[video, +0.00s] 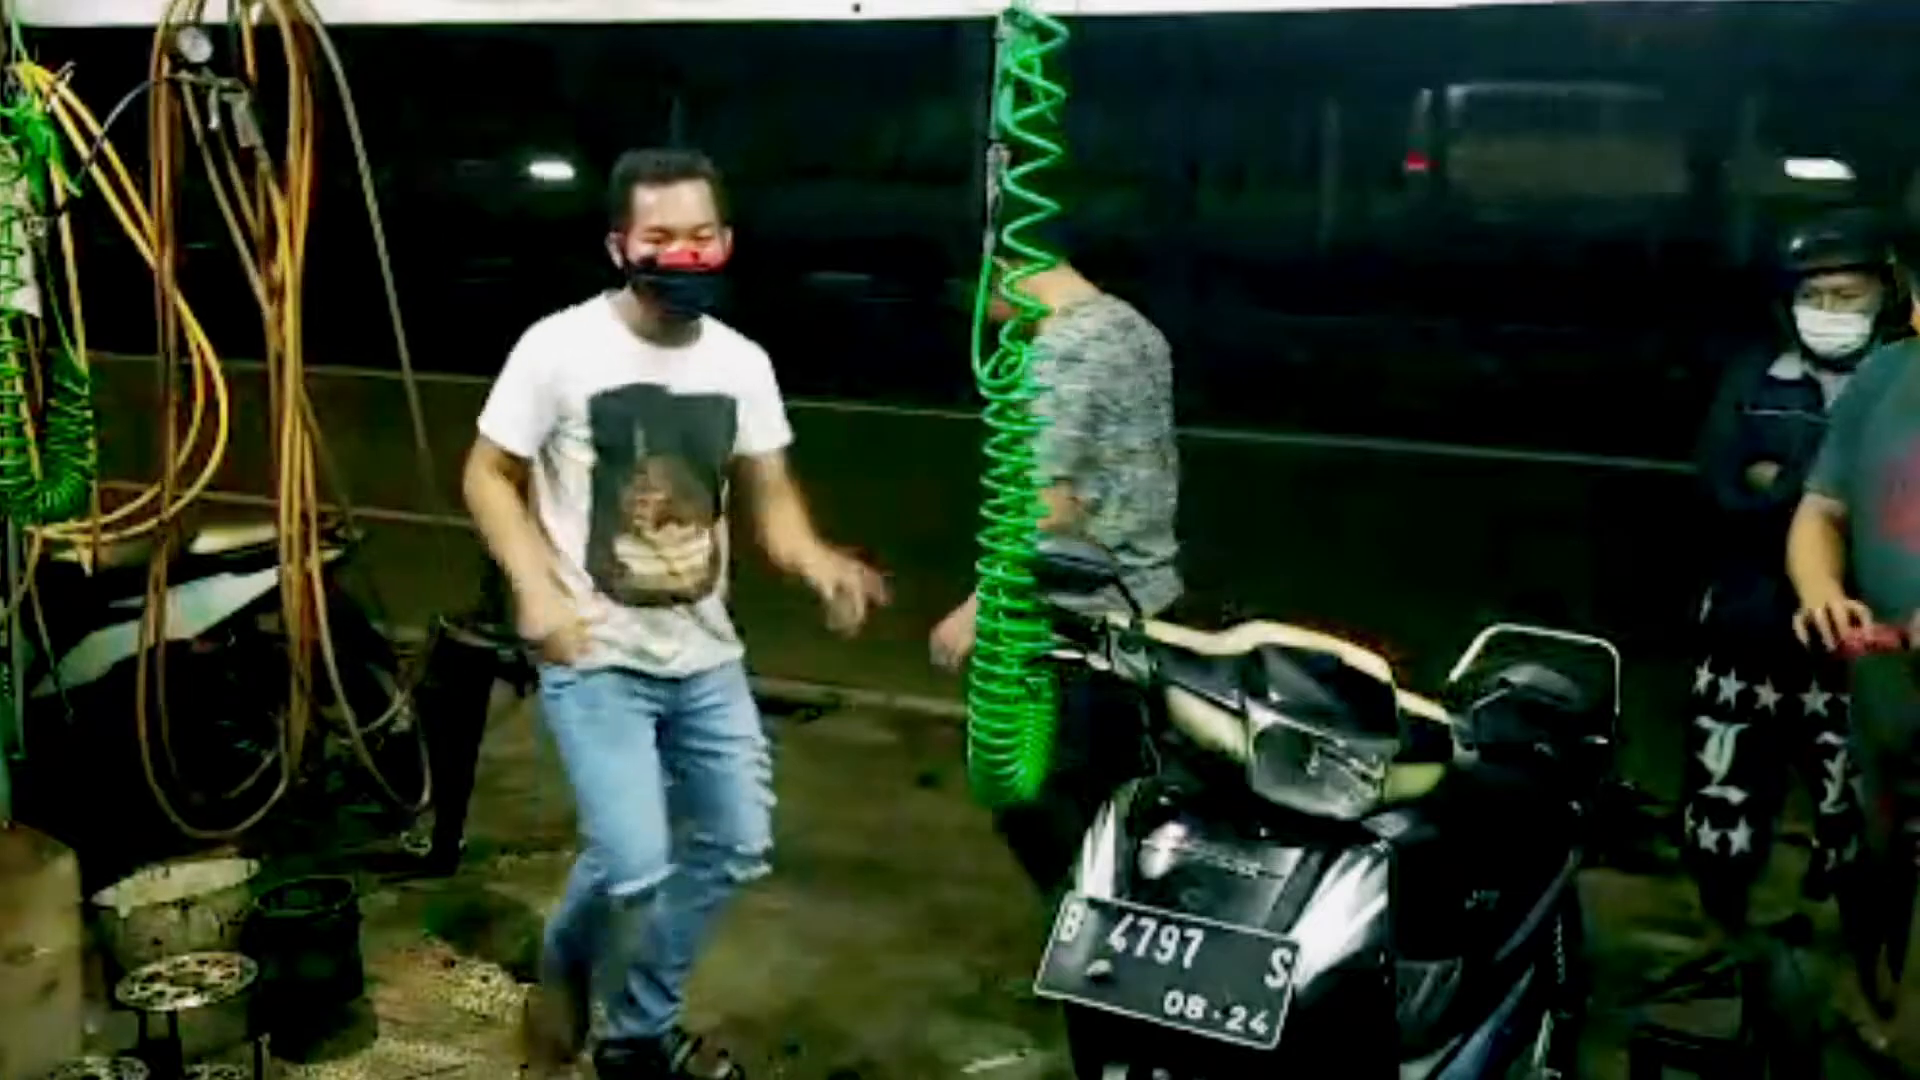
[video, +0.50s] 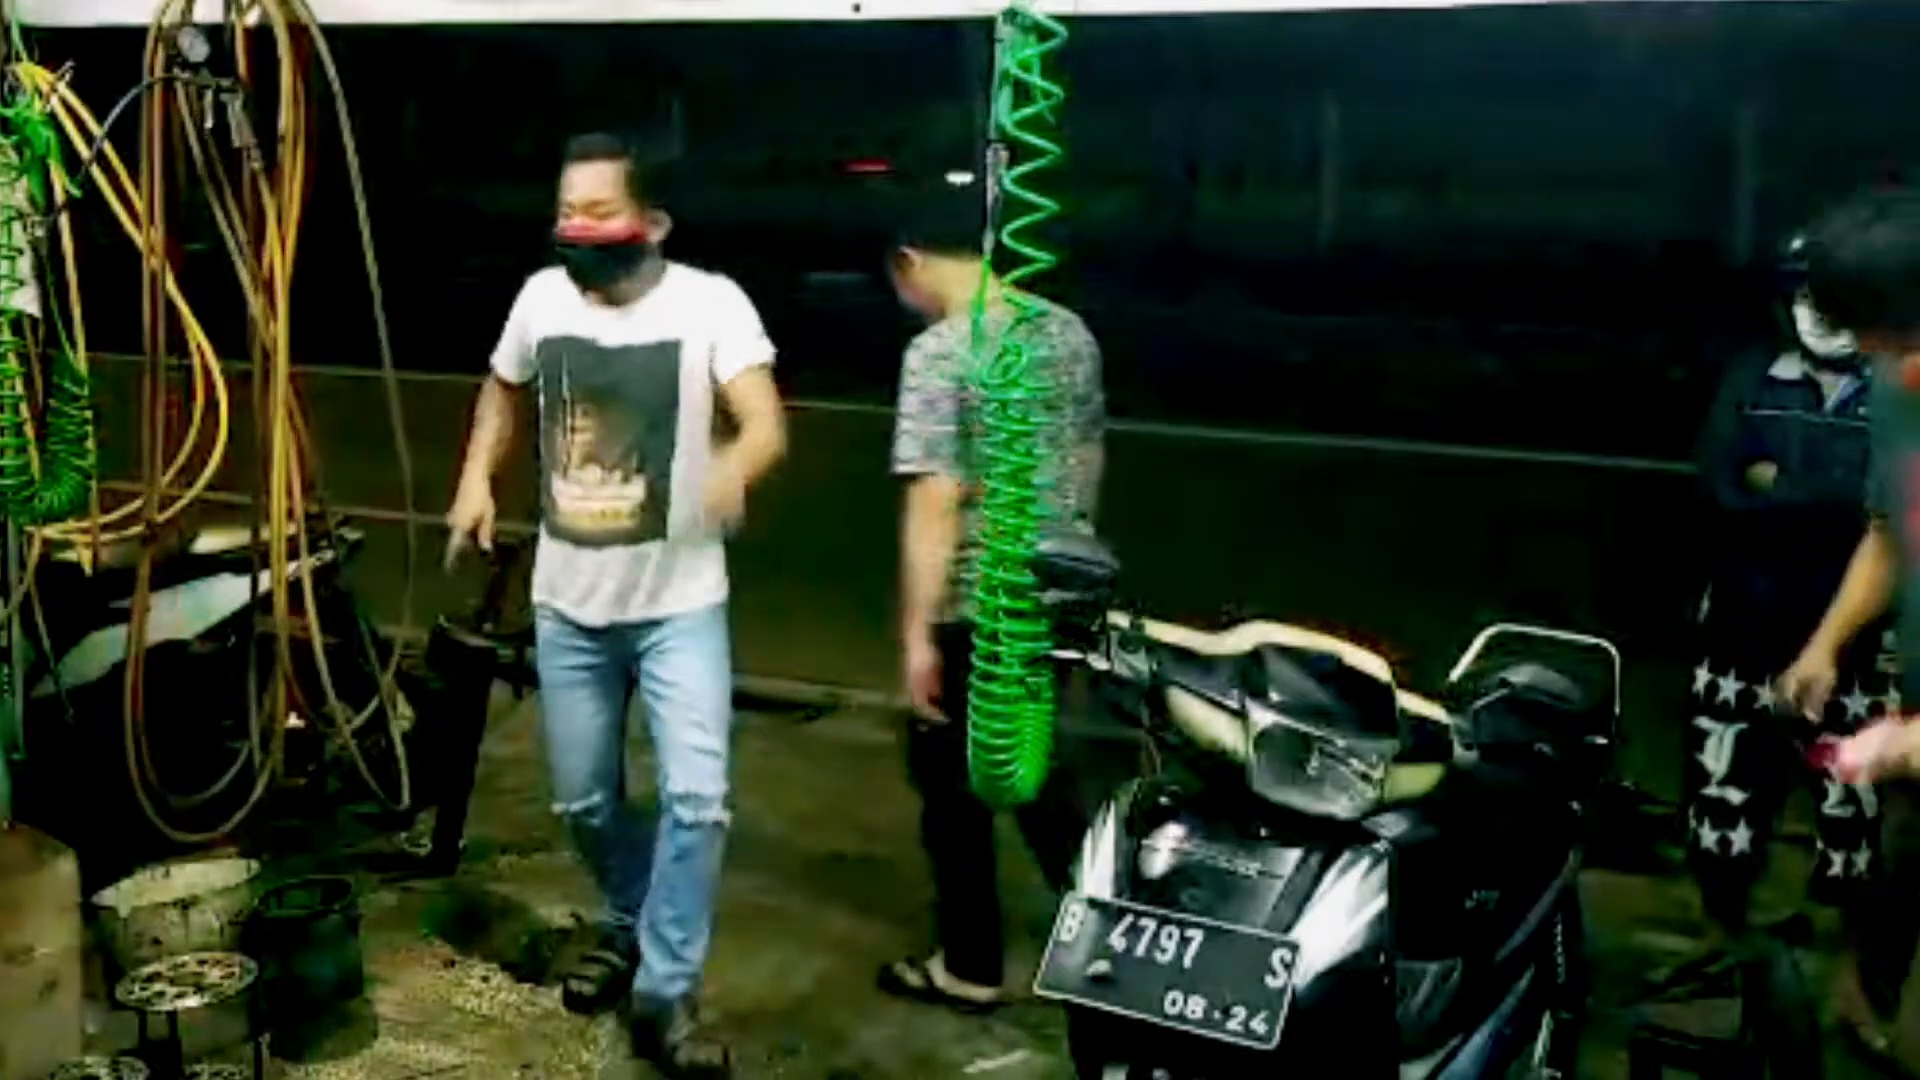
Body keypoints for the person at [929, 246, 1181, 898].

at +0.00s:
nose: (994, 314)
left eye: (988, 297)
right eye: (987, 300)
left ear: (1005, 283)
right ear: (1056, 262)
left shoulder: (1062, 351)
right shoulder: (1137, 334)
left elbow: (1052, 508)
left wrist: (978, 607)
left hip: (1081, 616)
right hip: (1149, 599)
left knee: (1028, 802)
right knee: (1111, 788)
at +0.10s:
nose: (984, 304)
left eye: (983, 288)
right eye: (983, 288)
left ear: (1002, 279)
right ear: (1058, 263)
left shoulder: (1034, 355)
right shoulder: (1133, 339)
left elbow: (1017, 512)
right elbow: (1136, 479)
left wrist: (974, 637)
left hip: (1051, 602)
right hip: (1142, 588)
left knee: (1007, 793)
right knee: (1112, 777)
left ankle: (1046, 981)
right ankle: (1131, 961)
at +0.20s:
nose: (975, 313)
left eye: (974, 296)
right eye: (971, 299)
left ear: (997, 283)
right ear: (1044, 272)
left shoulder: (1015, 356)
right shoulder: (1122, 340)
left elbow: (1006, 512)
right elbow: (1129, 483)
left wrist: (974, 643)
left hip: (1039, 603)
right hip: (1129, 597)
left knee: (981, 772)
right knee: (1114, 776)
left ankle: (1002, 969)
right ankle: (1129, 950)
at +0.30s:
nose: (934, 298)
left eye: (936, 279)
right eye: (932, 282)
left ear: (964, 268)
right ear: (1006, 264)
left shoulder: (985, 357)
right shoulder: (1098, 340)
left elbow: (986, 497)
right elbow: (1113, 477)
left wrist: (975, 619)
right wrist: (1100, 589)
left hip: (1011, 608)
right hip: (1098, 605)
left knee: (967, 778)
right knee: (1096, 786)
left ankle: (970, 963)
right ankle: (1133, 949)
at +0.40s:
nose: (911, 295)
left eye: (910, 278)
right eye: (909, 279)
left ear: (930, 264)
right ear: (982, 254)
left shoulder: (954, 352)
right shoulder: (1080, 338)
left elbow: (959, 503)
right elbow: (1090, 479)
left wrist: (951, 636)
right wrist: (1072, 591)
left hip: (988, 605)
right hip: (1073, 602)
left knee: (951, 779)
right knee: (1060, 783)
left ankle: (969, 961)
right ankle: (1106, 941)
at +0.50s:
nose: (899, 288)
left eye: (897, 271)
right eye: (898, 272)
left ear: (918, 260)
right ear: (978, 249)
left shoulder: (938, 353)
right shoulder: (1070, 338)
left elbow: (934, 504)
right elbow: (1084, 477)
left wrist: (917, 632)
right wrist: (1060, 583)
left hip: (969, 616)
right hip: (1055, 611)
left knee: (948, 788)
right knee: (1046, 781)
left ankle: (969, 961)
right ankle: (1101, 932)